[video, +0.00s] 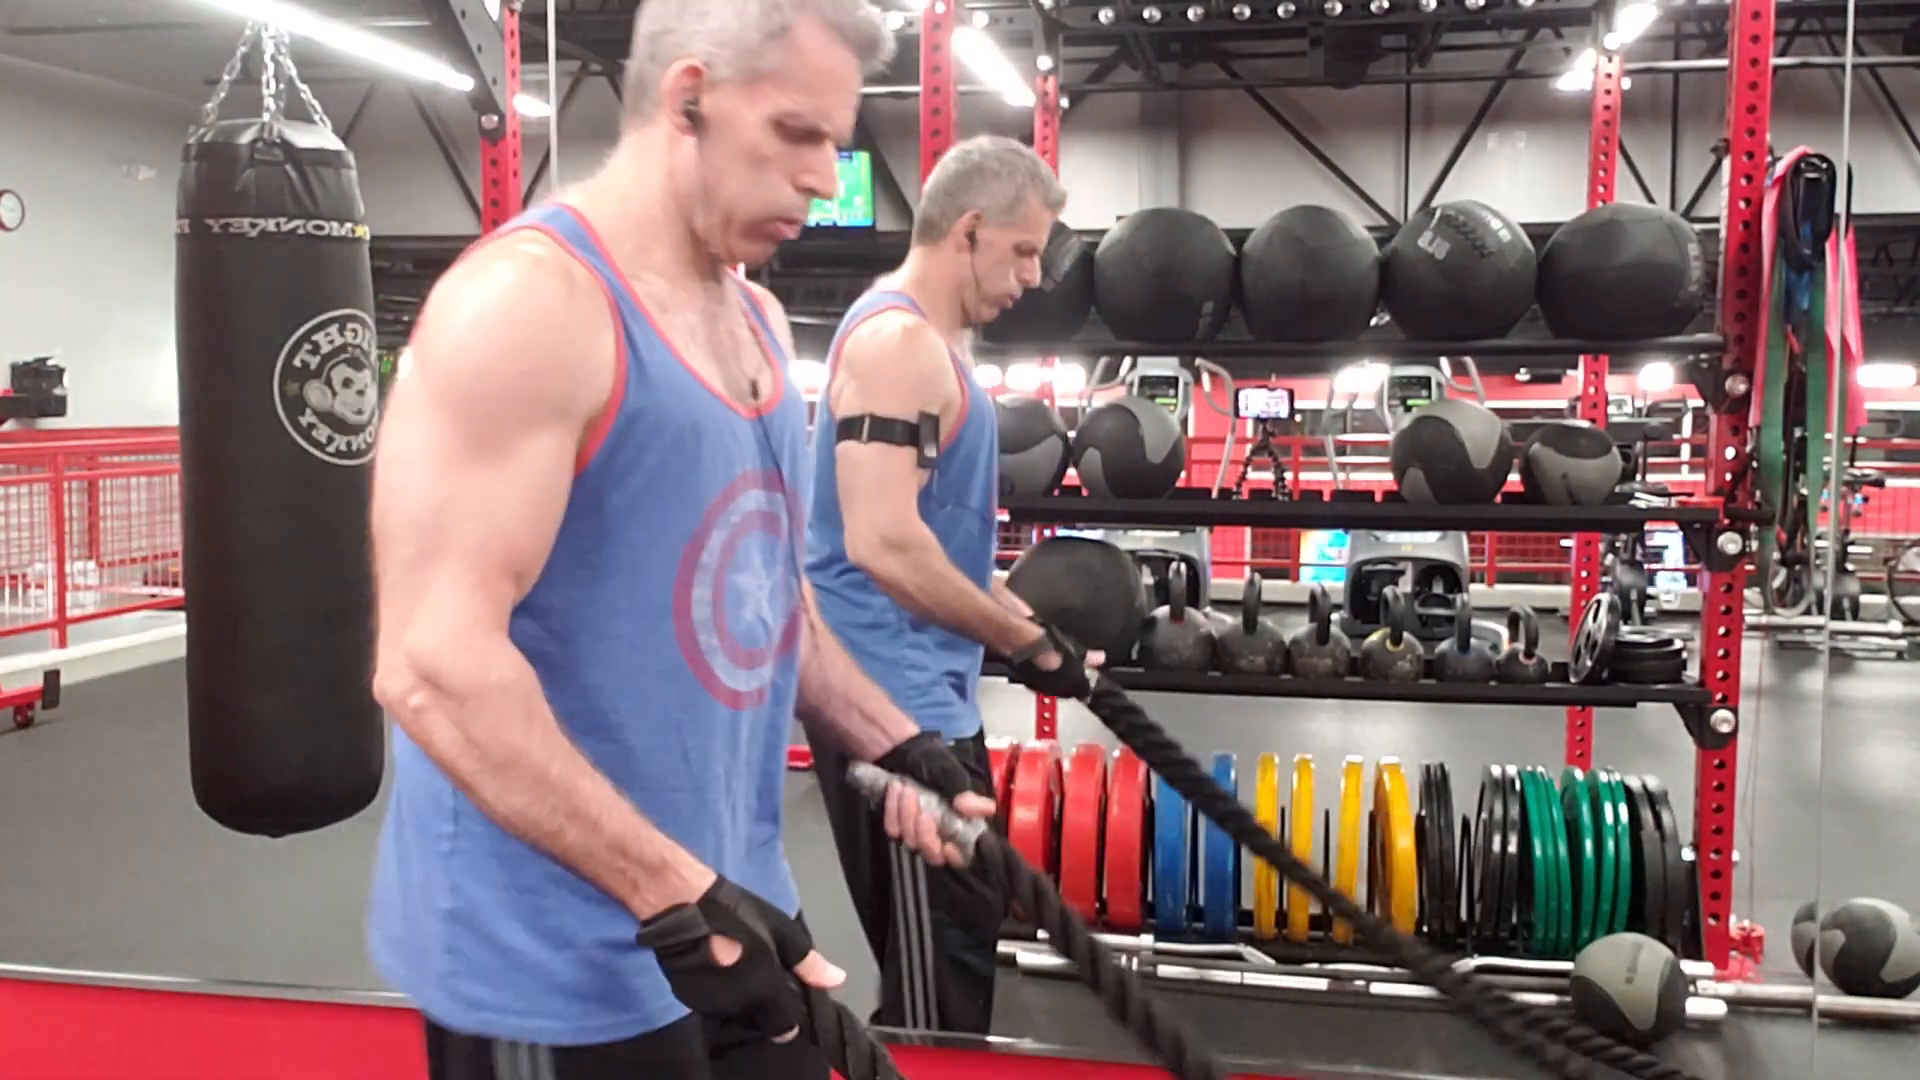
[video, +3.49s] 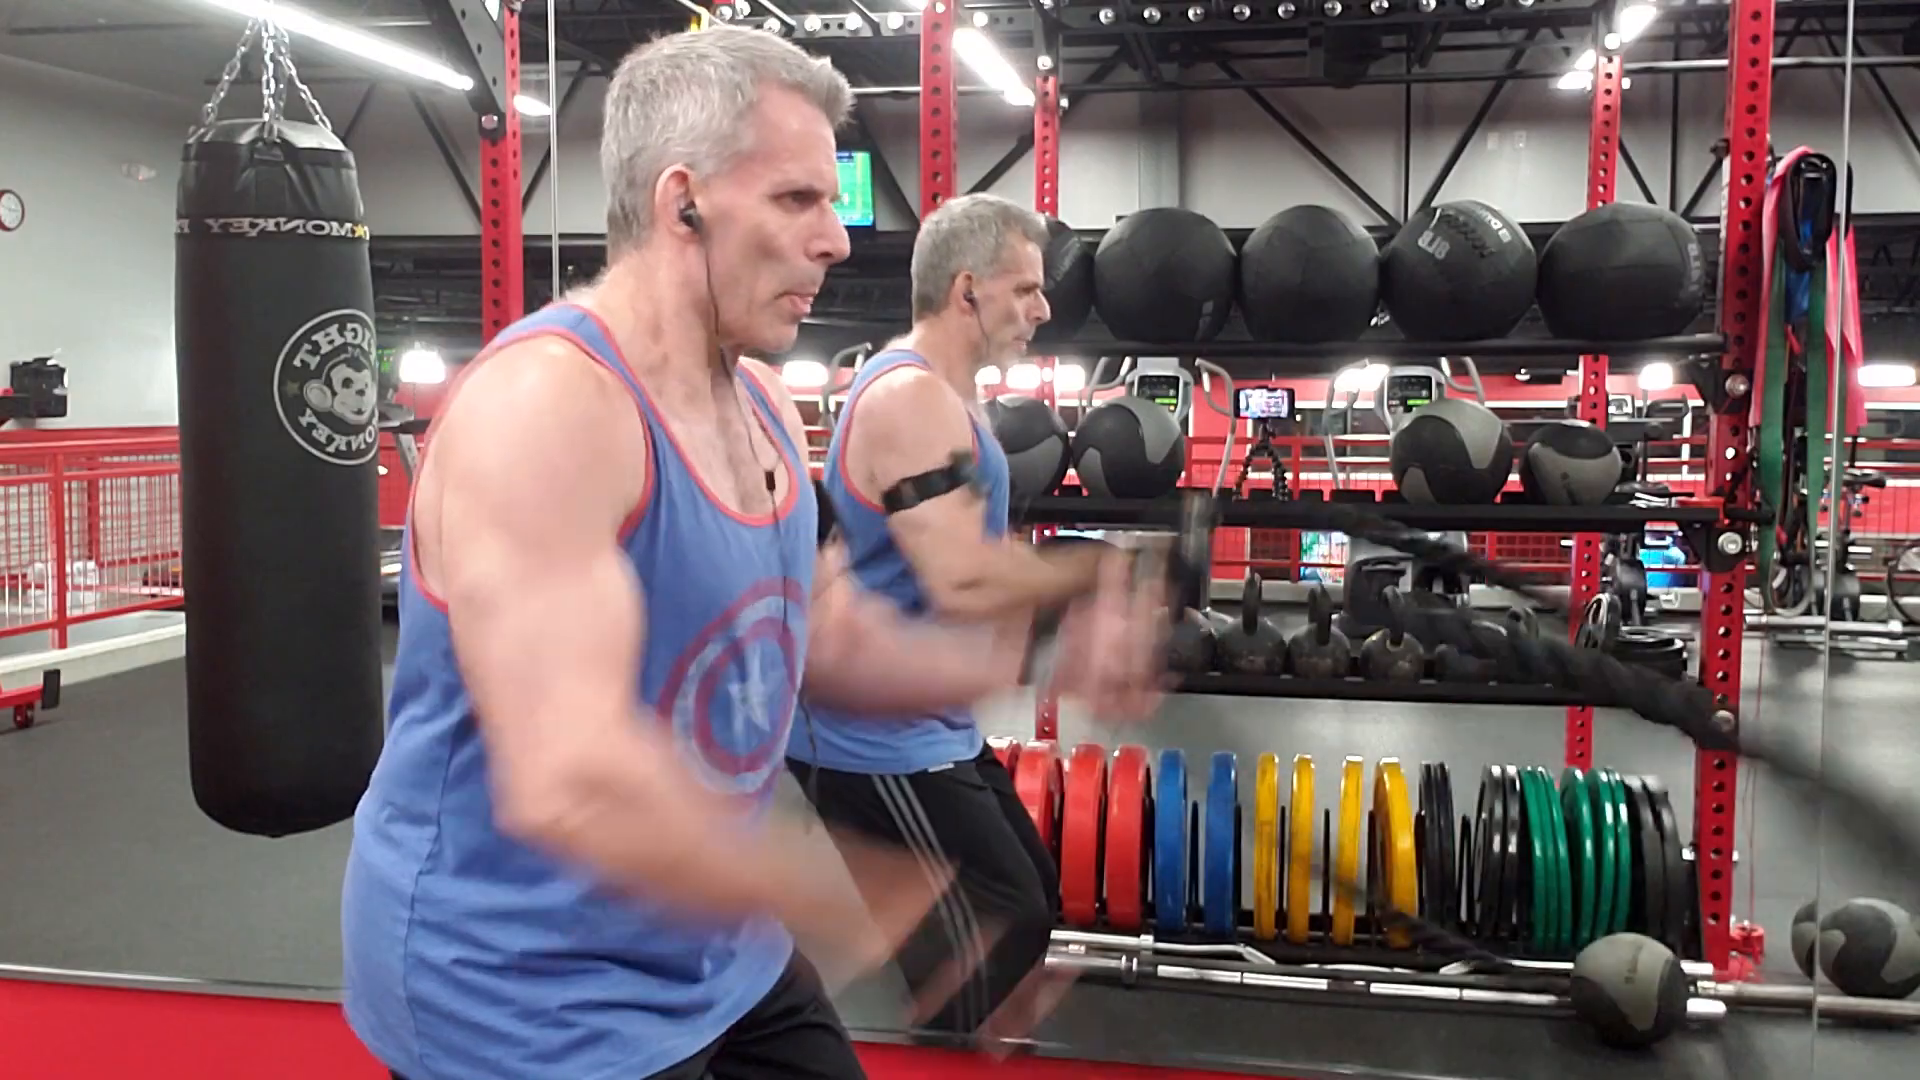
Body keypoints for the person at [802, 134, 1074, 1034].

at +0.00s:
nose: (1033, 277)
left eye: (1039, 257)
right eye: (1024, 252)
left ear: (970, 234)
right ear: (966, 231)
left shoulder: (923, 338)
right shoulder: (899, 339)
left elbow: (923, 535)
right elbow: (883, 539)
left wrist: (1020, 623)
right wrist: (1023, 638)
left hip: (925, 712)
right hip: (898, 720)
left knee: (943, 989)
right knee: (940, 995)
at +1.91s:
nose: (1034, 278)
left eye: (1031, 258)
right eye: (1018, 257)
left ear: (968, 268)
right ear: (961, 264)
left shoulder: (946, 383)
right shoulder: (903, 382)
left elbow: (944, 574)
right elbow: (880, 579)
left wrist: (1016, 670)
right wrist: (1000, 700)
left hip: (946, 723)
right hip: (896, 730)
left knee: (1002, 926)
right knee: (993, 930)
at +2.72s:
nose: (1034, 285)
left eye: (1034, 264)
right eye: (1020, 262)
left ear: (966, 269)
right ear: (963, 267)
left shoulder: (943, 391)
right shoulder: (899, 393)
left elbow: (1000, 543)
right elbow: (871, 594)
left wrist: (1105, 612)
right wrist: (989, 721)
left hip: (924, 743)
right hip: (874, 752)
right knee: (989, 945)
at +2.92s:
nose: (1037, 296)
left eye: (1037, 275)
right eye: (1023, 273)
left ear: (971, 281)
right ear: (965, 277)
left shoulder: (943, 393)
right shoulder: (906, 392)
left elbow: (1000, 540)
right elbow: (884, 585)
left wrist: (1135, 539)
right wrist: (1011, 692)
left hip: (919, 708)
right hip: (871, 714)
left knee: (1012, 911)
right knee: (993, 922)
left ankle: (960, 1058)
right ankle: (952, 1063)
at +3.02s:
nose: (1034, 297)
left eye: (1035, 277)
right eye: (1019, 275)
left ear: (959, 279)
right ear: (957, 276)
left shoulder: (947, 393)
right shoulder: (898, 386)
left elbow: (946, 577)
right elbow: (916, 570)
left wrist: (1031, 659)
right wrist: (1076, 589)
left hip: (926, 715)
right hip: (866, 725)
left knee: (1022, 907)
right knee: (976, 929)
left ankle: (979, 1061)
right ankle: (952, 1068)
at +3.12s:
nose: (1032, 301)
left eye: (1032, 281)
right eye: (1018, 279)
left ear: (961, 283)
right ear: (955, 280)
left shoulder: (941, 394)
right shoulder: (899, 388)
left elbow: (969, 565)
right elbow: (950, 563)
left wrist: (1076, 574)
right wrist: (1084, 544)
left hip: (930, 716)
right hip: (872, 725)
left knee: (1024, 907)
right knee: (996, 929)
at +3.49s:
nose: (1042, 313)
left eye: (1041, 293)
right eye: (1027, 291)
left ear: (969, 295)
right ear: (967, 293)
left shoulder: (944, 395)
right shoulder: (909, 398)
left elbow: (975, 565)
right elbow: (959, 580)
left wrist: (1092, 581)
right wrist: (1107, 560)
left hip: (928, 728)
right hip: (876, 739)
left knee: (1029, 918)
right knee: (1007, 927)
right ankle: (923, 1067)